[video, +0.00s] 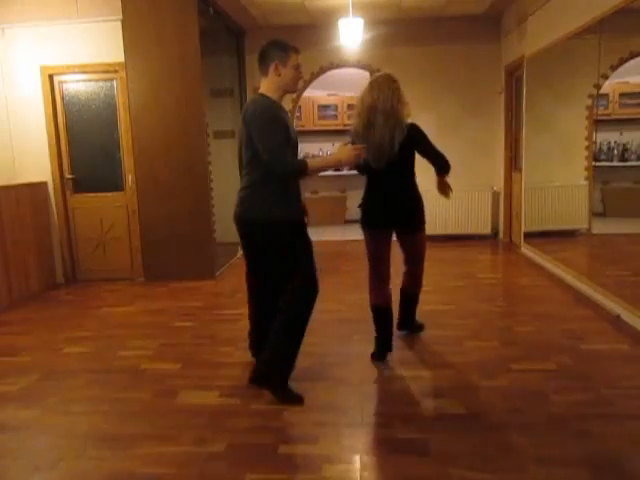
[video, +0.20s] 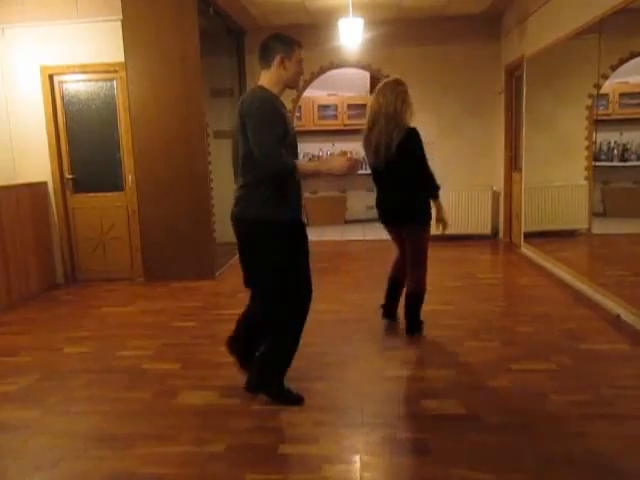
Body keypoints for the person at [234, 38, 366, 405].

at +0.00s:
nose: (300, 76)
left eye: (300, 69)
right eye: (295, 68)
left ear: (271, 70)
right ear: (274, 69)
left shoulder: (263, 109)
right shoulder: (265, 111)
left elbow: (284, 167)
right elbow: (283, 167)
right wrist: (332, 160)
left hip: (263, 217)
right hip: (273, 218)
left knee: (266, 289)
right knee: (302, 288)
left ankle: (265, 364)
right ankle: (275, 373)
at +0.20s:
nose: (301, 71)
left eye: (301, 64)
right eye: (298, 64)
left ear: (274, 62)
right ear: (281, 62)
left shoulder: (262, 101)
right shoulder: (262, 104)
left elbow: (275, 162)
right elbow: (275, 164)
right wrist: (327, 167)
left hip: (264, 217)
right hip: (270, 219)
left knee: (273, 290)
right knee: (293, 295)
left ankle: (244, 342)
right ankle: (269, 377)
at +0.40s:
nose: (295, 72)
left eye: (295, 64)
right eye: (293, 64)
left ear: (270, 61)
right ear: (277, 61)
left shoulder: (264, 103)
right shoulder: (248, 103)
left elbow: (267, 167)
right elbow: (247, 170)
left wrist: (307, 167)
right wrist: (300, 182)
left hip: (269, 223)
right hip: (252, 225)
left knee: (291, 298)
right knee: (266, 305)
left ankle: (267, 386)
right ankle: (218, 390)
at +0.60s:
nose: (286, 74)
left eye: (287, 66)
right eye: (285, 65)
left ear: (262, 59)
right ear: (270, 60)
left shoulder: (250, 101)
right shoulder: (242, 99)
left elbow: (250, 166)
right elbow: (233, 166)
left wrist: (289, 165)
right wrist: (284, 188)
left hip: (244, 221)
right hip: (232, 222)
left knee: (277, 297)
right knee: (236, 307)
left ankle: (273, 389)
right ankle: (201, 410)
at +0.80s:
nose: (272, 72)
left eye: (271, 64)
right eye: (270, 64)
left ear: (244, 60)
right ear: (257, 62)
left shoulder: (229, 100)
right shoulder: (233, 104)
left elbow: (231, 171)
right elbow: (235, 175)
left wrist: (268, 165)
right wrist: (286, 190)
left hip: (222, 216)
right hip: (221, 220)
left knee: (269, 279)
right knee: (225, 309)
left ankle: (229, 359)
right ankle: (198, 417)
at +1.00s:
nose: (260, 73)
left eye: (259, 66)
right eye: (258, 66)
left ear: (231, 64)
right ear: (243, 65)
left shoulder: (219, 103)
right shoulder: (224, 108)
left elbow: (224, 167)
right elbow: (228, 176)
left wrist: (259, 151)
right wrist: (277, 185)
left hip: (213, 214)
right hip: (219, 217)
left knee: (231, 300)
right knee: (249, 299)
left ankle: (194, 373)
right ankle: (215, 395)